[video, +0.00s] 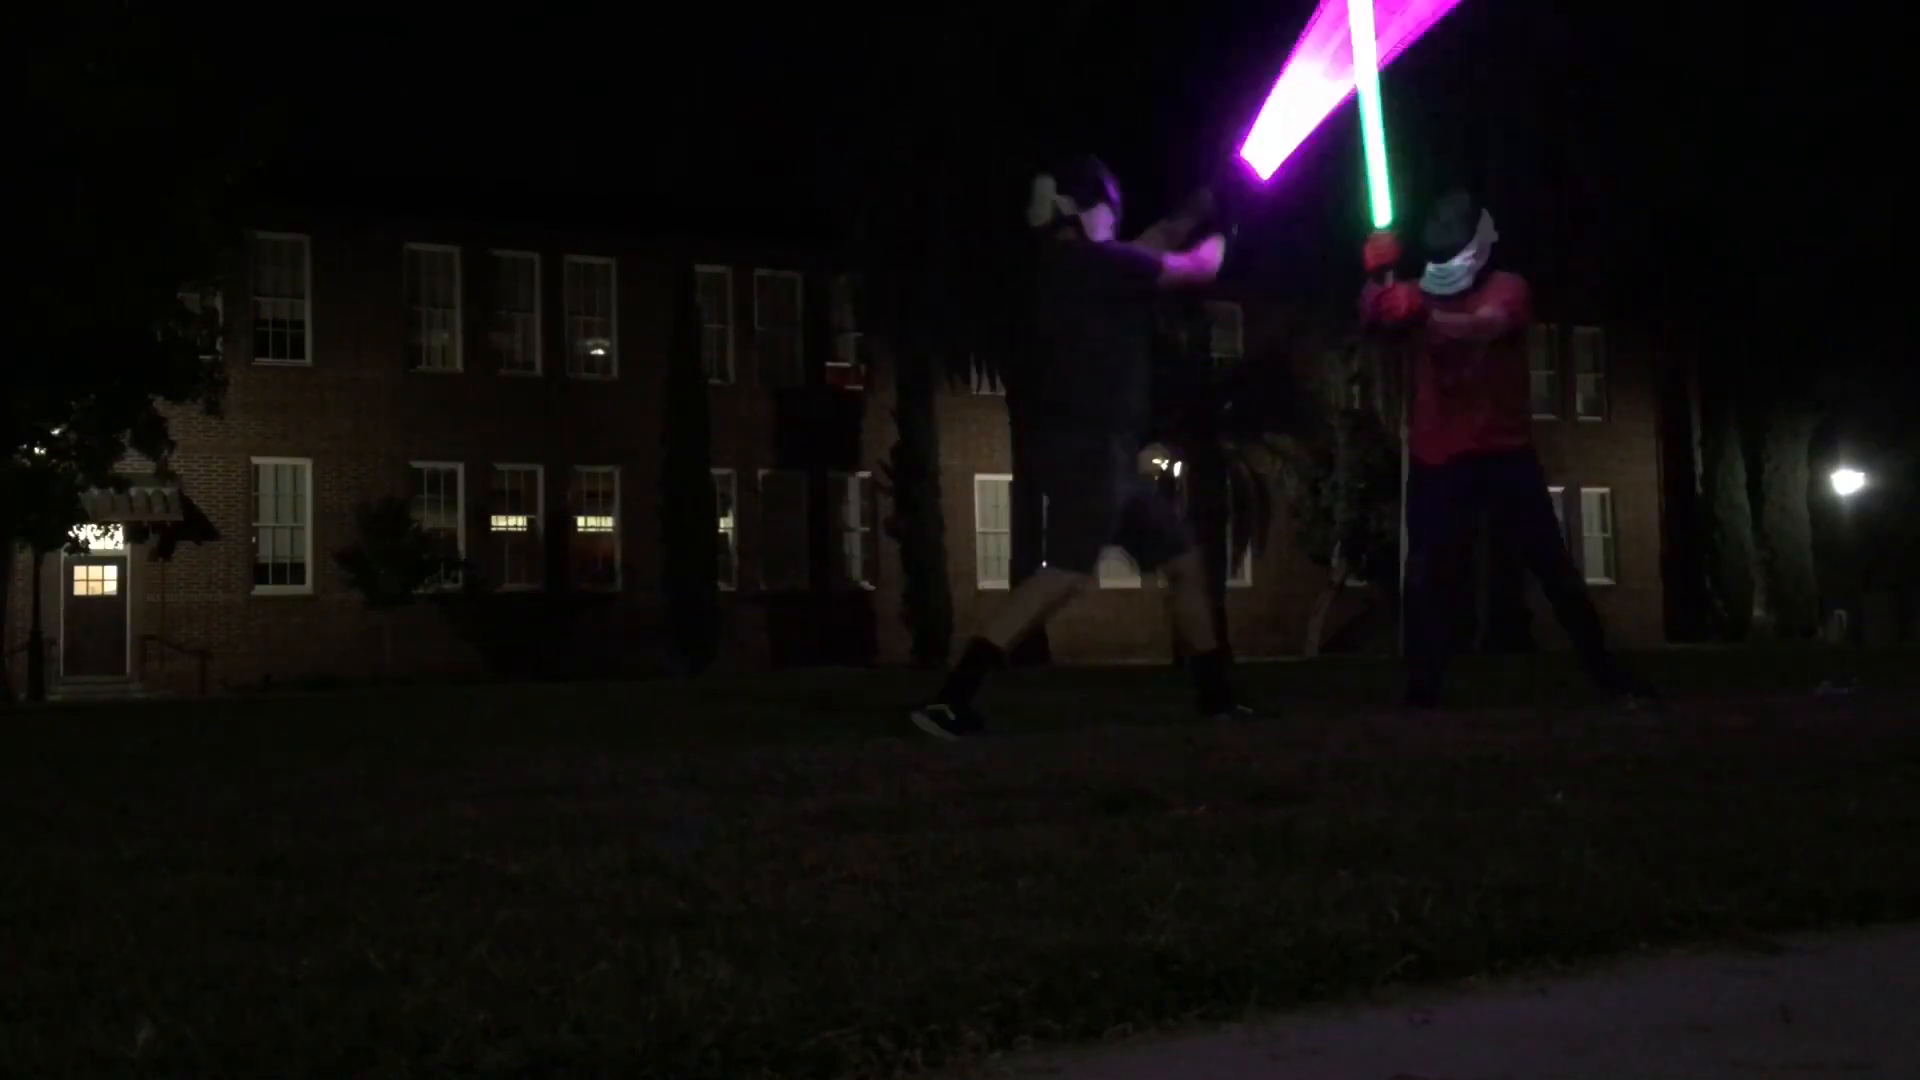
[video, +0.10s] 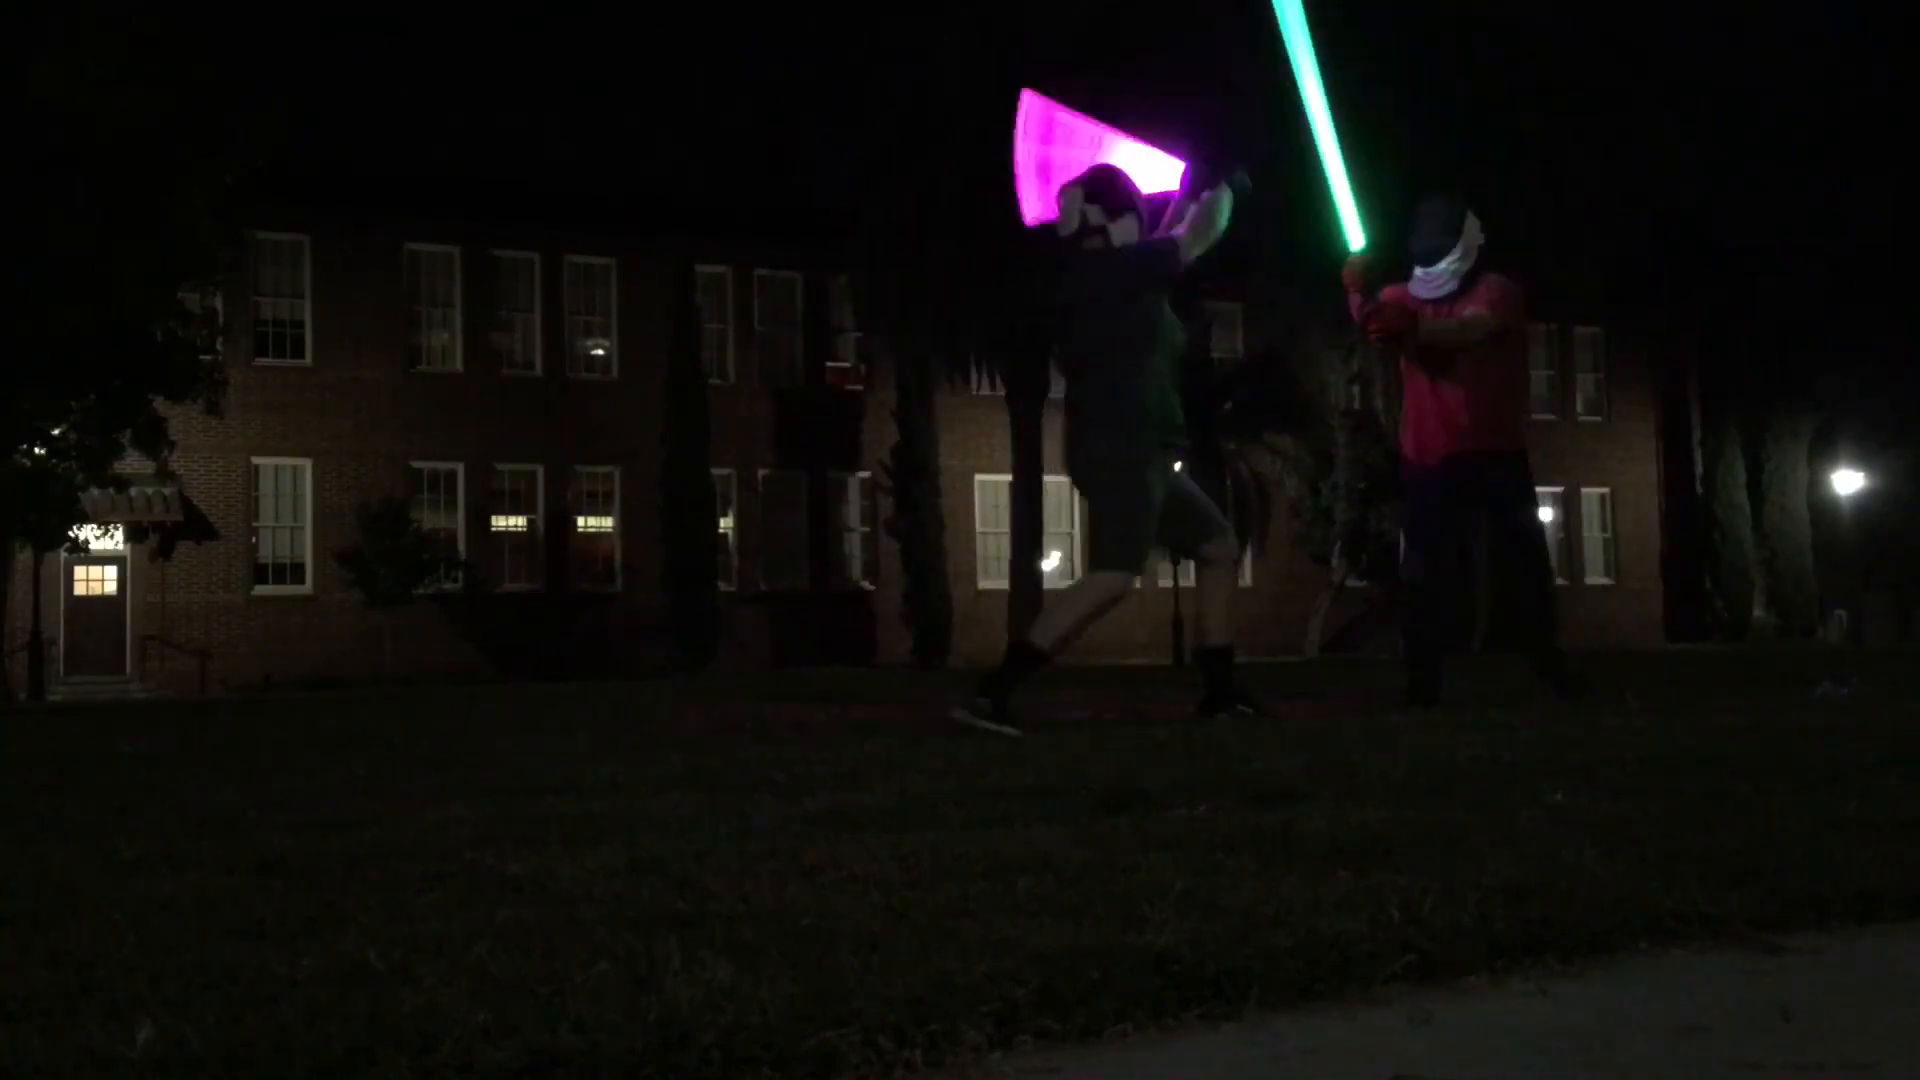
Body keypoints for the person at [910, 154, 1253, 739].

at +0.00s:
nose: (1115, 219)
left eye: (1112, 209)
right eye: (1110, 208)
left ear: (1061, 210)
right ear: (1088, 211)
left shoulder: (1058, 261)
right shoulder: (1095, 262)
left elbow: (1134, 254)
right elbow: (1199, 267)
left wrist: (1187, 216)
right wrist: (1221, 234)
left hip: (1093, 445)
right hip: (1091, 445)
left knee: (1181, 556)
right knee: (1066, 573)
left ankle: (1216, 692)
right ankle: (954, 696)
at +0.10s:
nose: (1143, 226)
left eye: (1138, 216)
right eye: (1135, 216)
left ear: (1095, 222)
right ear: (1112, 221)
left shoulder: (1104, 271)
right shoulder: (1110, 269)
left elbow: (1168, 241)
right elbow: (1198, 236)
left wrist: (1194, 192)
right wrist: (1224, 185)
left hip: (1134, 452)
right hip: (1121, 452)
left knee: (1219, 548)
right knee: (1113, 578)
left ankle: (1219, 690)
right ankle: (999, 689)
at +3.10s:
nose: (857, 227)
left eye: (849, 219)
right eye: (846, 219)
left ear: (815, 227)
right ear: (826, 223)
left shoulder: (854, 286)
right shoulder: (825, 272)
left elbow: (921, 268)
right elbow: (917, 207)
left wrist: (971, 219)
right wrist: (946, 198)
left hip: (913, 457)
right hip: (879, 460)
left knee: (982, 558)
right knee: (923, 595)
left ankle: (984, 702)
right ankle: (788, 693)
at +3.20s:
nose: (847, 215)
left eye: (843, 206)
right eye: (836, 206)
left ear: (801, 213)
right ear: (808, 211)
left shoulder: (847, 272)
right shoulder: (812, 258)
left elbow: (913, 249)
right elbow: (894, 204)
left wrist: (960, 198)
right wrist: (920, 177)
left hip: (903, 449)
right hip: (870, 451)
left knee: (965, 555)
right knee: (912, 590)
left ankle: (984, 697)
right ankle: (780, 698)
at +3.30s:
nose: (850, 203)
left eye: (843, 193)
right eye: (840, 194)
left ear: (795, 202)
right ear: (812, 195)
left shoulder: (838, 268)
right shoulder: (808, 249)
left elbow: (907, 256)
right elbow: (893, 189)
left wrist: (939, 191)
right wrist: (922, 157)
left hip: (895, 442)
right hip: (864, 442)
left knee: (960, 539)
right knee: (907, 585)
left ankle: (944, 691)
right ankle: (776, 698)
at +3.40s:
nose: (833, 191)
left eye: (820, 183)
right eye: (822, 184)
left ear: (785, 206)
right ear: (805, 195)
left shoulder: (831, 254)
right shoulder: (810, 237)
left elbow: (899, 250)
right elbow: (907, 178)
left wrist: (921, 181)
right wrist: (920, 145)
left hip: (880, 431)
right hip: (856, 433)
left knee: (946, 546)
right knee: (897, 583)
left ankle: (913, 697)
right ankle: (774, 702)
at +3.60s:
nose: (856, 172)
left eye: (858, 162)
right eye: (851, 161)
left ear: (793, 161)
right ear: (826, 163)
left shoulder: (800, 220)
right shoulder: (825, 218)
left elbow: (865, 208)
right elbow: (931, 197)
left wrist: (878, 163)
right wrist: (934, 156)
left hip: (837, 411)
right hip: (860, 414)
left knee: (900, 552)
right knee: (923, 551)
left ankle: (907, 700)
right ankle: (794, 671)